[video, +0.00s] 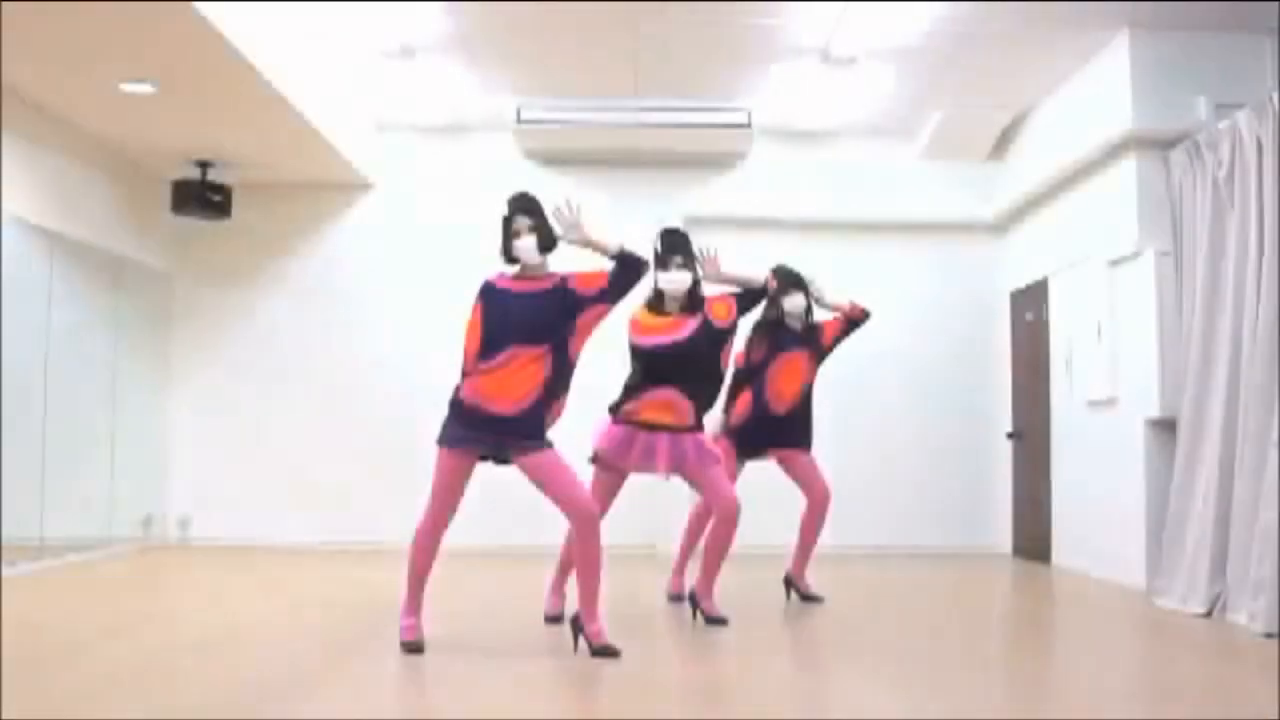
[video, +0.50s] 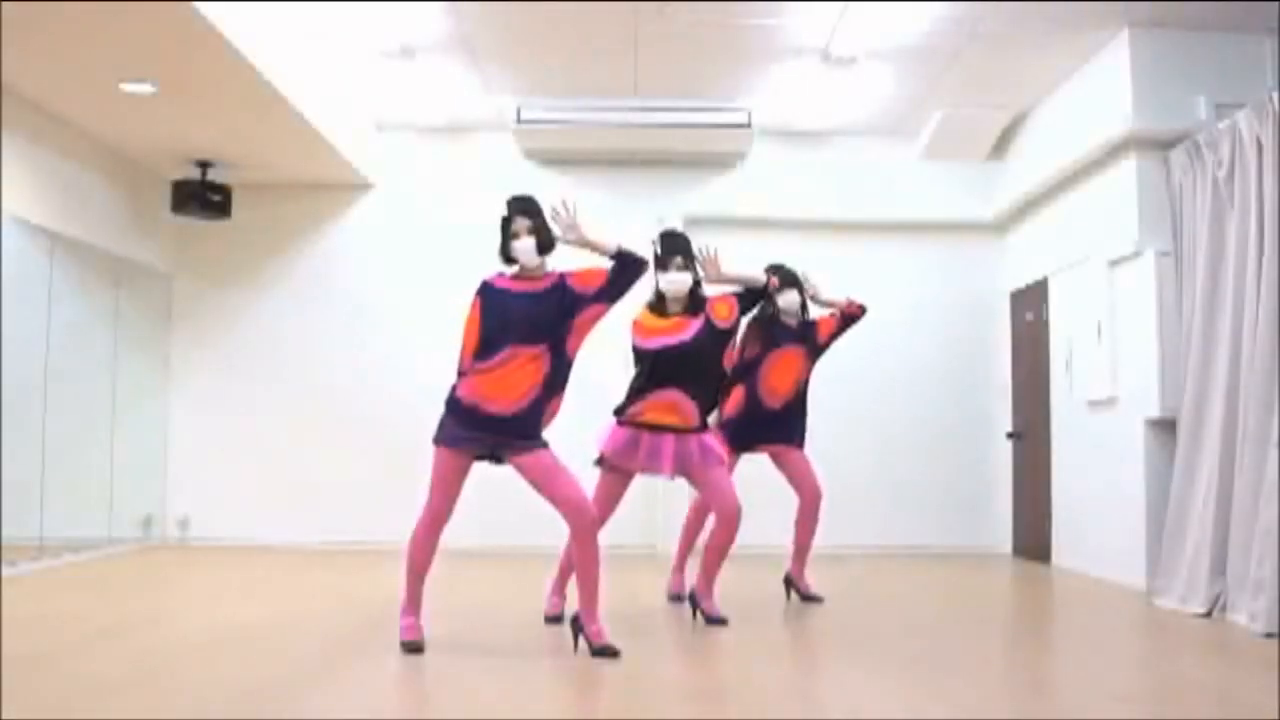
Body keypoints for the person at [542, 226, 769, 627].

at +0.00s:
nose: (673, 281)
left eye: (681, 271)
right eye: (666, 272)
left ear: (694, 278)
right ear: (654, 277)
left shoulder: (718, 313)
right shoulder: (642, 320)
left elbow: (767, 288)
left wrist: (721, 277)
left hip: (684, 434)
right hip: (631, 428)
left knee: (727, 504)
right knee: (591, 512)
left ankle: (703, 590)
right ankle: (557, 587)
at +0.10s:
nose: (673, 278)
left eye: (681, 270)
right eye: (666, 270)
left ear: (694, 276)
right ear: (654, 275)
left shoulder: (718, 312)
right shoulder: (642, 319)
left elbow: (766, 288)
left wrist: (721, 277)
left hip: (685, 434)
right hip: (632, 428)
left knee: (728, 505)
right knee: (592, 512)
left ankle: (704, 590)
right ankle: (557, 588)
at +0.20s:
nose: (674, 277)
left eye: (681, 268)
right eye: (666, 268)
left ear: (694, 274)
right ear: (653, 274)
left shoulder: (718, 312)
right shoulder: (644, 321)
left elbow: (767, 287)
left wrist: (724, 277)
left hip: (686, 434)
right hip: (634, 428)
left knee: (728, 506)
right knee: (593, 513)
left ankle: (704, 589)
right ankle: (557, 588)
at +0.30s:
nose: (674, 276)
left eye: (681, 267)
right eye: (666, 268)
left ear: (694, 274)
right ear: (654, 274)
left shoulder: (718, 312)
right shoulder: (644, 322)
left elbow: (768, 286)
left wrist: (725, 278)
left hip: (687, 434)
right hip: (635, 428)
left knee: (728, 506)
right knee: (594, 515)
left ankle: (704, 590)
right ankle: (557, 589)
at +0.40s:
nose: (674, 276)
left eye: (682, 267)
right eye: (666, 268)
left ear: (694, 275)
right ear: (654, 274)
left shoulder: (718, 313)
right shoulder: (645, 322)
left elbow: (769, 286)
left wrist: (725, 278)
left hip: (689, 435)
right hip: (636, 429)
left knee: (729, 506)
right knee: (594, 515)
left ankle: (704, 590)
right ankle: (558, 590)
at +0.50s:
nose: (675, 281)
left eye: (683, 273)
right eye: (668, 273)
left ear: (695, 280)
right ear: (656, 279)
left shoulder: (717, 314)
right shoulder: (645, 323)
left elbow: (767, 285)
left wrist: (724, 278)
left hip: (690, 432)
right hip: (638, 427)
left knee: (729, 509)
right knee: (595, 515)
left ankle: (703, 590)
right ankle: (558, 589)